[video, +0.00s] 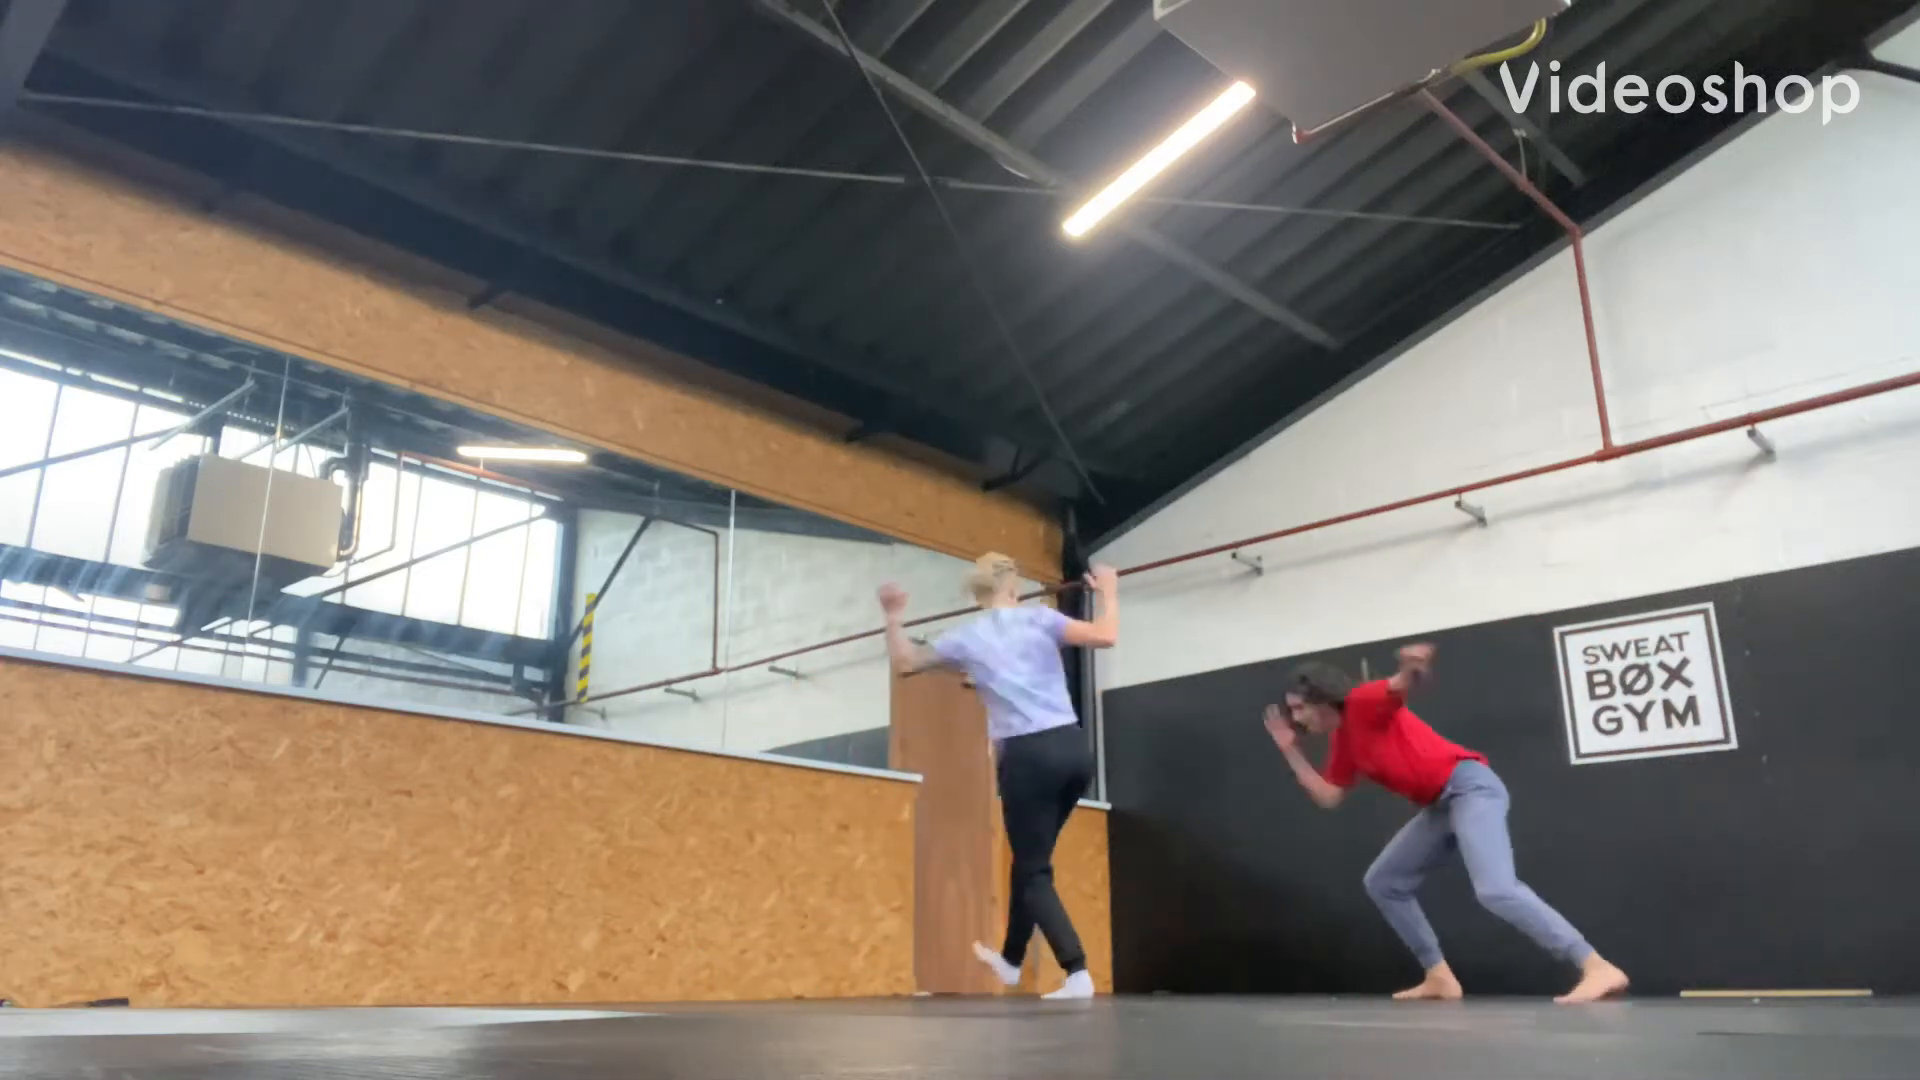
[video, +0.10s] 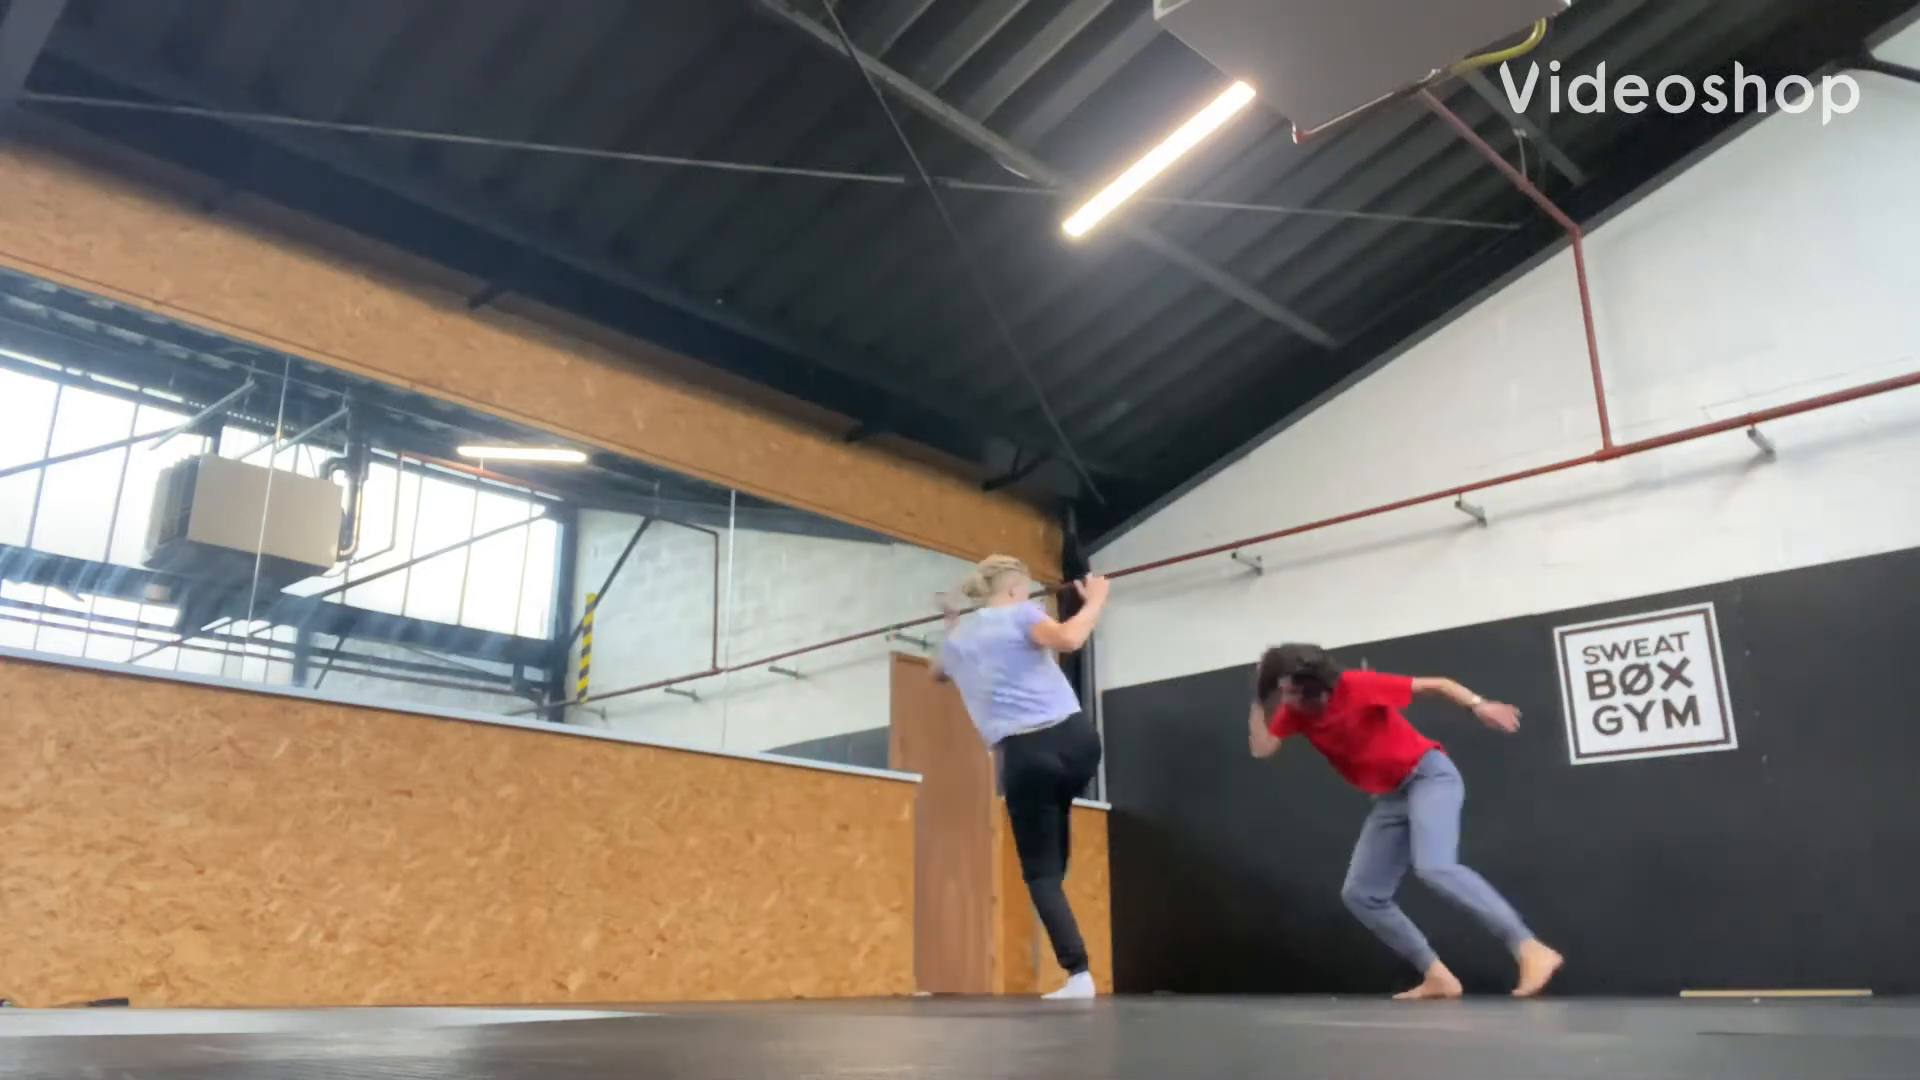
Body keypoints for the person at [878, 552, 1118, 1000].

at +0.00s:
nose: (1018, 590)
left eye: (1013, 584)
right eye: (1016, 584)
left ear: (976, 593)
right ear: (1012, 587)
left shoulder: (969, 637)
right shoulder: (1041, 619)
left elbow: (905, 661)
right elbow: (1105, 635)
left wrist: (891, 616)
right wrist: (1109, 588)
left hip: (1025, 755)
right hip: (1073, 747)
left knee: (1035, 872)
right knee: (1029, 861)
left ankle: (1078, 975)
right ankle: (1010, 962)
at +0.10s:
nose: (1029, 598)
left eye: (1030, 592)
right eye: (1027, 591)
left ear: (980, 593)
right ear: (1011, 589)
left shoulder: (958, 641)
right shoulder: (1021, 615)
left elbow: (938, 675)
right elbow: (1068, 640)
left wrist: (951, 625)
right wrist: (1095, 601)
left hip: (1025, 758)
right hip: (1077, 740)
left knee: (1042, 874)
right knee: (1058, 803)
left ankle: (1079, 974)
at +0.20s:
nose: (1040, 604)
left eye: (1040, 598)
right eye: (1037, 597)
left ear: (997, 589)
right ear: (1019, 588)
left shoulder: (972, 629)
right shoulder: (1010, 609)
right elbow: (1057, 626)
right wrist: (1089, 601)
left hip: (1009, 747)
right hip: (1049, 720)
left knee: (1047, 860)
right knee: (1089, 719)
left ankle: (1078, 972)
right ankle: (1123, 730)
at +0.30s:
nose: (1059, 604)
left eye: (1061, 598)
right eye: (1056, 596)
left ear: (1012, 586)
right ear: (1033, 587)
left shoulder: (982, 622)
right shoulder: (1016, 597)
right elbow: (1061, 609)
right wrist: (1088, 594)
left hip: (993, 737)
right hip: (1030, 704)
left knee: (1038, 848)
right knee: (1104, 647)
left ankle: (1062, 964)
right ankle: (1173, 609)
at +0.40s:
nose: (1055, 606)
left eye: (1056, 599)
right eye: (1054, 598)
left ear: (1023, 590)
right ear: (1038, 591)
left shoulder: (989, 626)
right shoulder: (1014, 605)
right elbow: (1065, 607)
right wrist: (1100, 584)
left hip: (985, 745)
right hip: (1009, 706)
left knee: (1044, 848)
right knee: (1109, 640)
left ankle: (1044, 967)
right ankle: (1209, 580)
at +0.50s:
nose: (1057, 614)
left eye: (1061, 607)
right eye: (1056, 604)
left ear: (1039, 600)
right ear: (1038, 594)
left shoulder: (996, 635)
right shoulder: (1008, 610)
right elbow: (1055, 626)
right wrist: (1098, 595)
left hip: (989, 758)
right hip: (997, 719)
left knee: (1057, 854)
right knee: (1085, 692)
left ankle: (1049, 976)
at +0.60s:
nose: (1064, 610)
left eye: (1067, 604)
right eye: (1064, 602)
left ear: (1029, 591)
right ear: (1044, 588)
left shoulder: (989, 626)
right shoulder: (1017, 605)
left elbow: (944, 672)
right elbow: (1033, 633)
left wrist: (939, 666)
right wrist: (1083, 612)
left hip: (973, 750)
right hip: (990, 718)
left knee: (1060, 850)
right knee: (1050, 764)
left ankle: (1049, 975)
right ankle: (1035, 854)